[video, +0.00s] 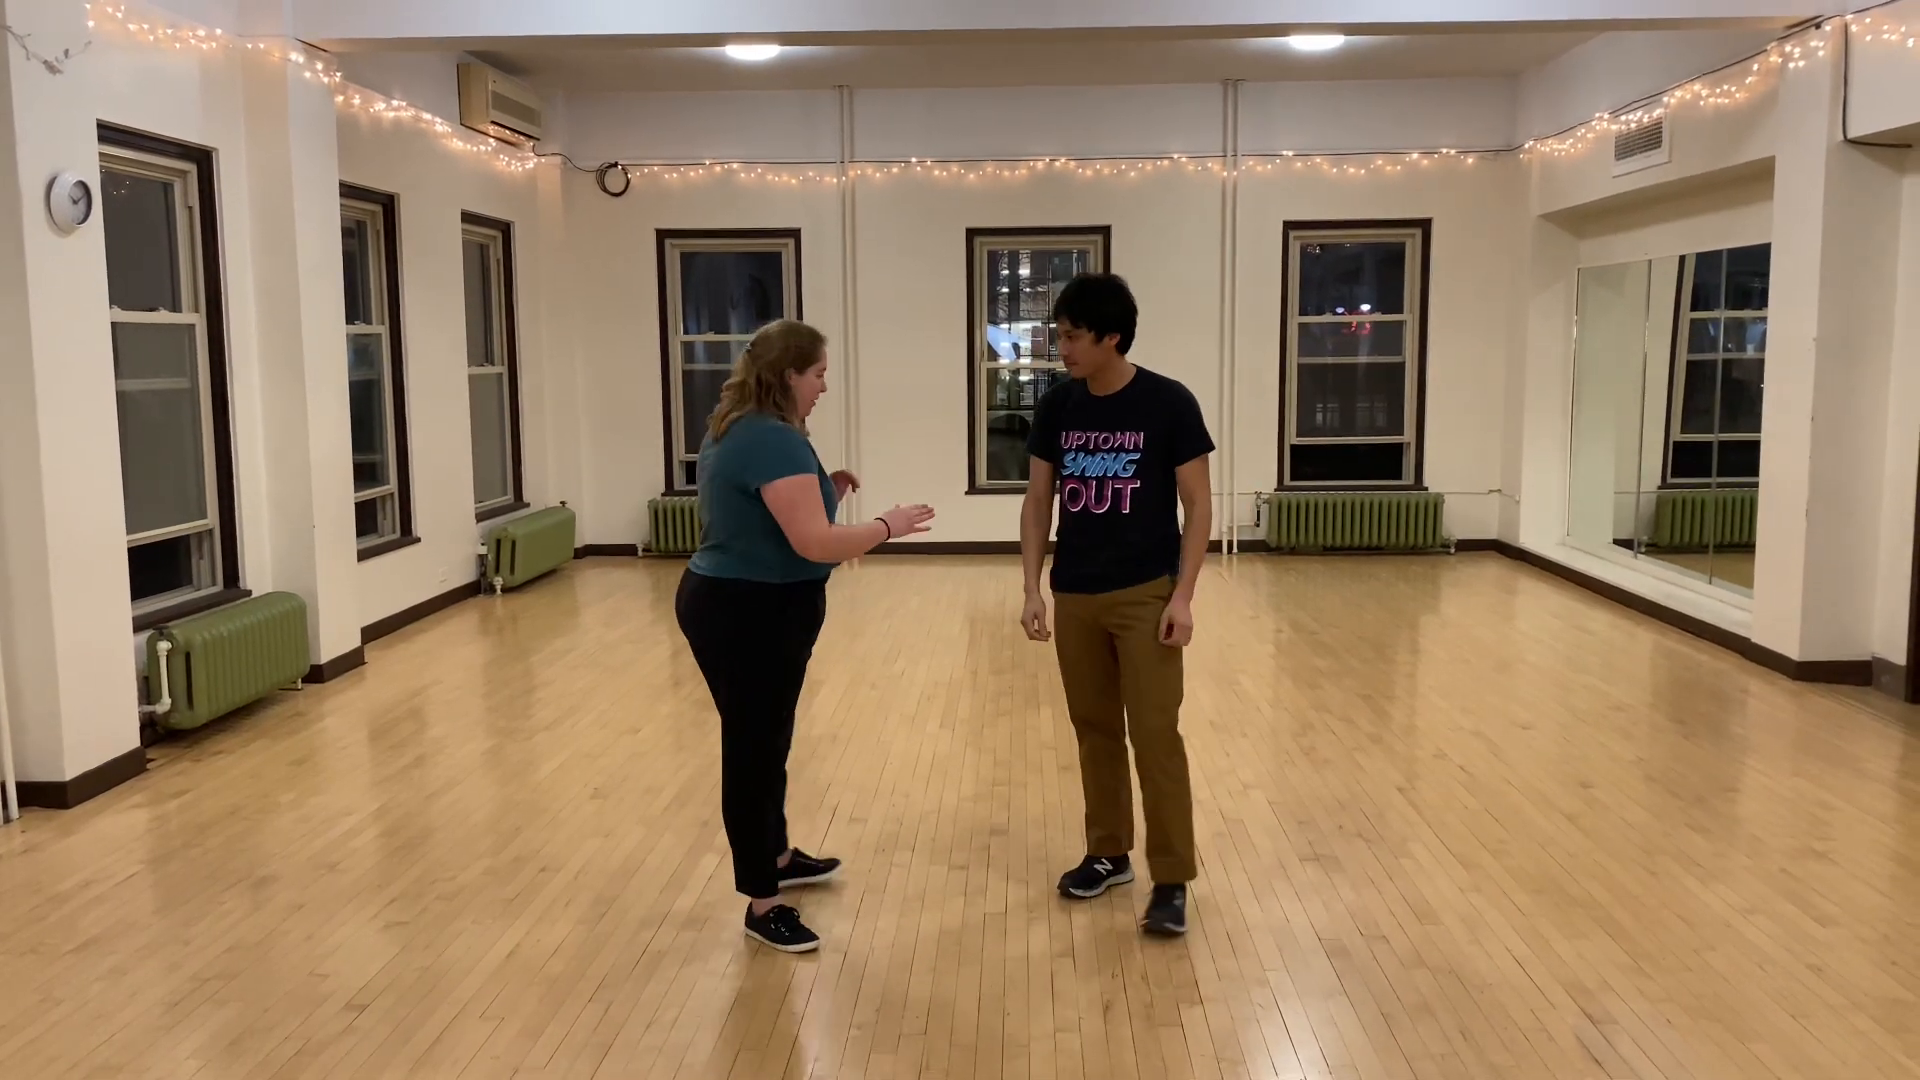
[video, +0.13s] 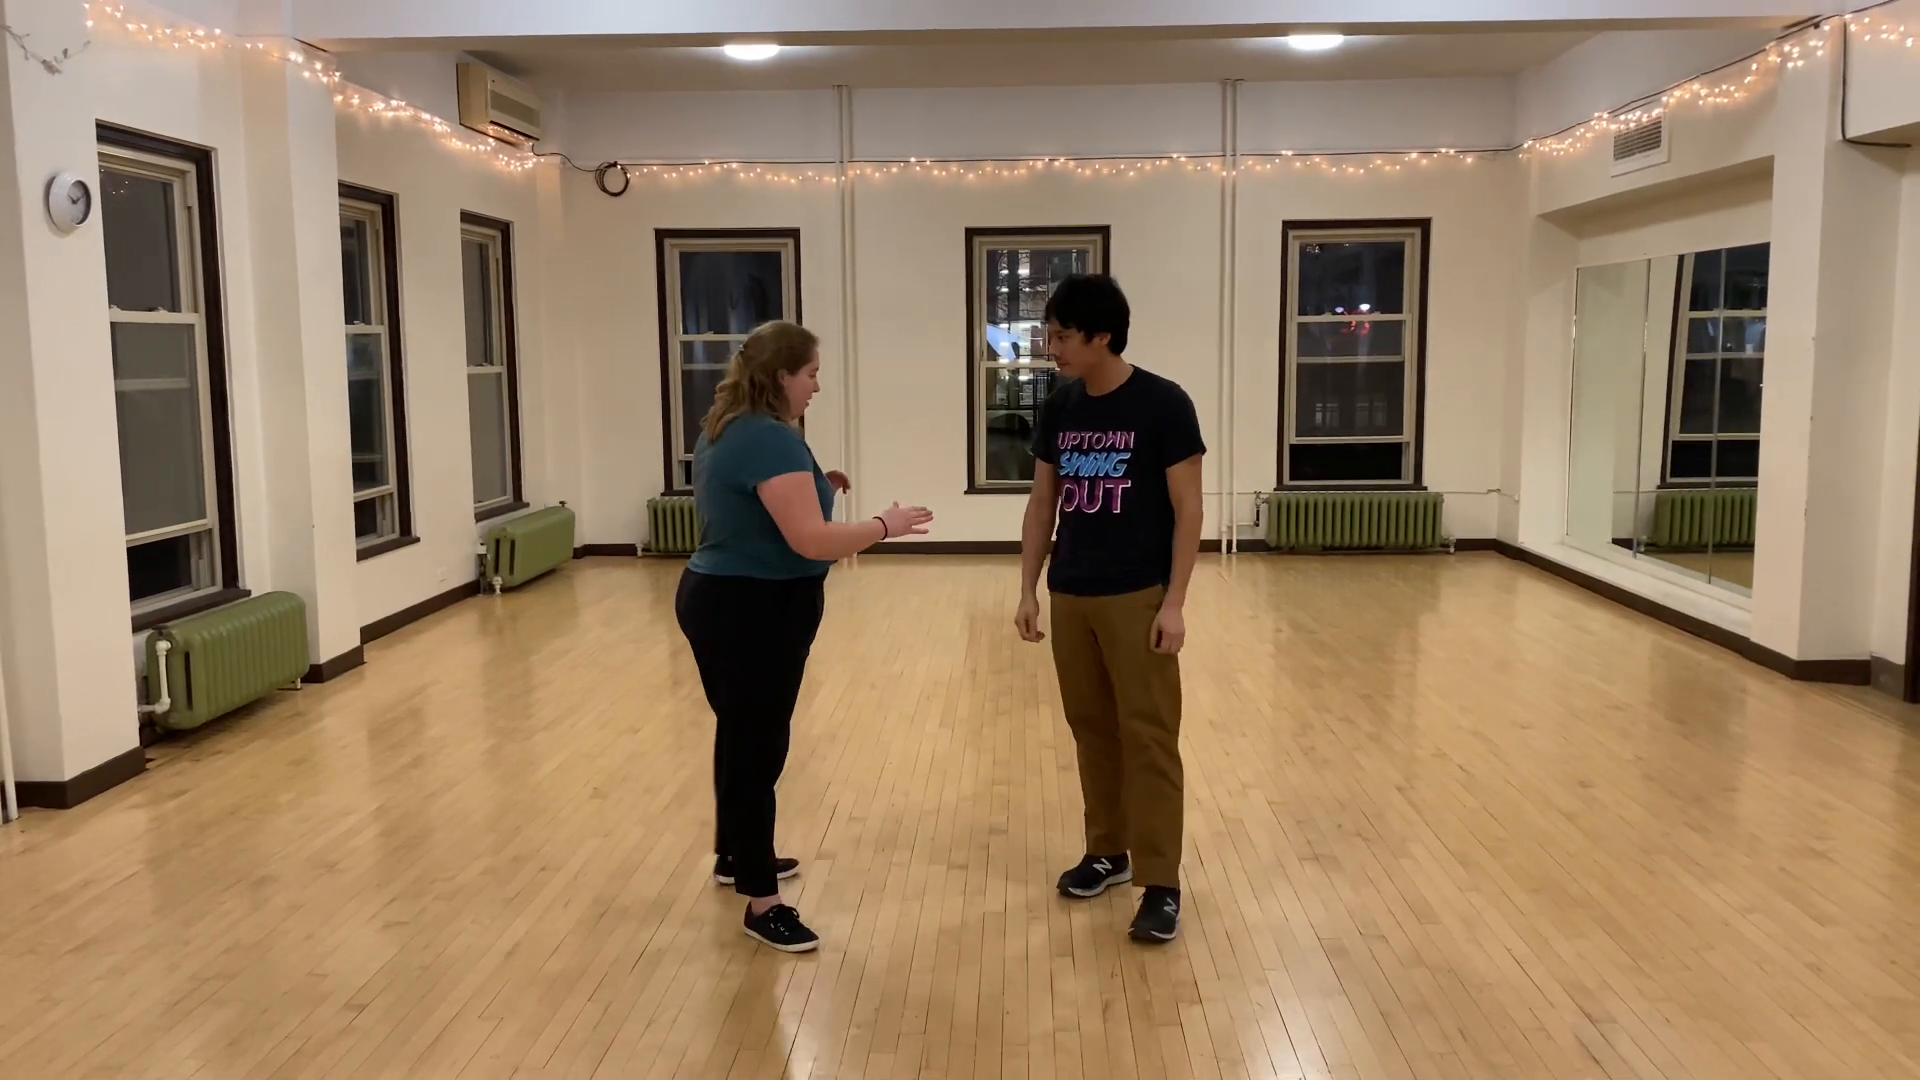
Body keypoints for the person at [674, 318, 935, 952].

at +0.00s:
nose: (824, 386)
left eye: (824, 375)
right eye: (817, 374)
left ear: (778, 374)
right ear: (786, 376)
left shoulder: (744, 430)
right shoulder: (771, 440)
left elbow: (764, 519)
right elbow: (816, 543)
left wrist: (826, 492)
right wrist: (886, 526)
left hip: (750, 604)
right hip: (748, 613)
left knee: (768, 740)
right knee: (752, 750)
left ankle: (776, 855)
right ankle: (760, 903)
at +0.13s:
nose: (818, 383)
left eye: (817, 372)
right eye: (811, 372)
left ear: (772, 374)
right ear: (781, 375)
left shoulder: (735, 430)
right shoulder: (771, 441)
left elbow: (752, 511)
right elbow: (813, 541)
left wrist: (816, 486)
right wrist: (884, 526)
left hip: (726, 601)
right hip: (756, 611)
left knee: (743, 738)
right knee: (759, 750)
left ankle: (737, 857)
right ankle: (761, 903)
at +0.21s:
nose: (811, 384)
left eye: (810, 373)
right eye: (805, 374)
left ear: (761, 377)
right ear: (778, 377)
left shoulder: (729, 432)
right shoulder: (764, 442)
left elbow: (752, 512)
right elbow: (804, 538)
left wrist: (814, 488)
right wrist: (879, 527)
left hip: (723, 600)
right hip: (756, 610)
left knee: (732, 734)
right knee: (757, 749)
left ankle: (728, 853)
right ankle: (762, 903)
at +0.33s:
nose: (803, 383)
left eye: (802, 372)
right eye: (797, 373)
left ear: (755, 377)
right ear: (766, 376)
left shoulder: (725, 432)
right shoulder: (756, 442)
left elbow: (745, 511)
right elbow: (793, 536)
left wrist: (807, 488)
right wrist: (871, 528)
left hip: (720, 597)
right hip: (754, 606)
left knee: (727, 731)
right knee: (761, 744)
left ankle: (727, 852)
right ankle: (763, 900)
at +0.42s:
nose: (800, 385)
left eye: (800, 374)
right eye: (793, 374)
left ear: (755, 376)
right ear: (761, 375)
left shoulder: (724, 431)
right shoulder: (749, 441)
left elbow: (746, 510)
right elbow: (788, 536)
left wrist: (805, 486)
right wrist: (867, 529)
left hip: (719, 593)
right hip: (750, 603)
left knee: (729, 727)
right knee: (765, 739)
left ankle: (726, 853)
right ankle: (765, 894)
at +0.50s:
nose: (797, 383)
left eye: (797, 372)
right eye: (792, 371)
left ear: (752, 374)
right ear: (759, 373)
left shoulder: (723, 429)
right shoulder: (746, 439)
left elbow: (746, 509)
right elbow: (786, 534)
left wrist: (802, 483)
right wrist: (865, 530)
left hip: (719, 592)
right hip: (747, 602)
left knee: (730, 723)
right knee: (771, 735)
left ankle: (725, 851)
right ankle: (768, 885)